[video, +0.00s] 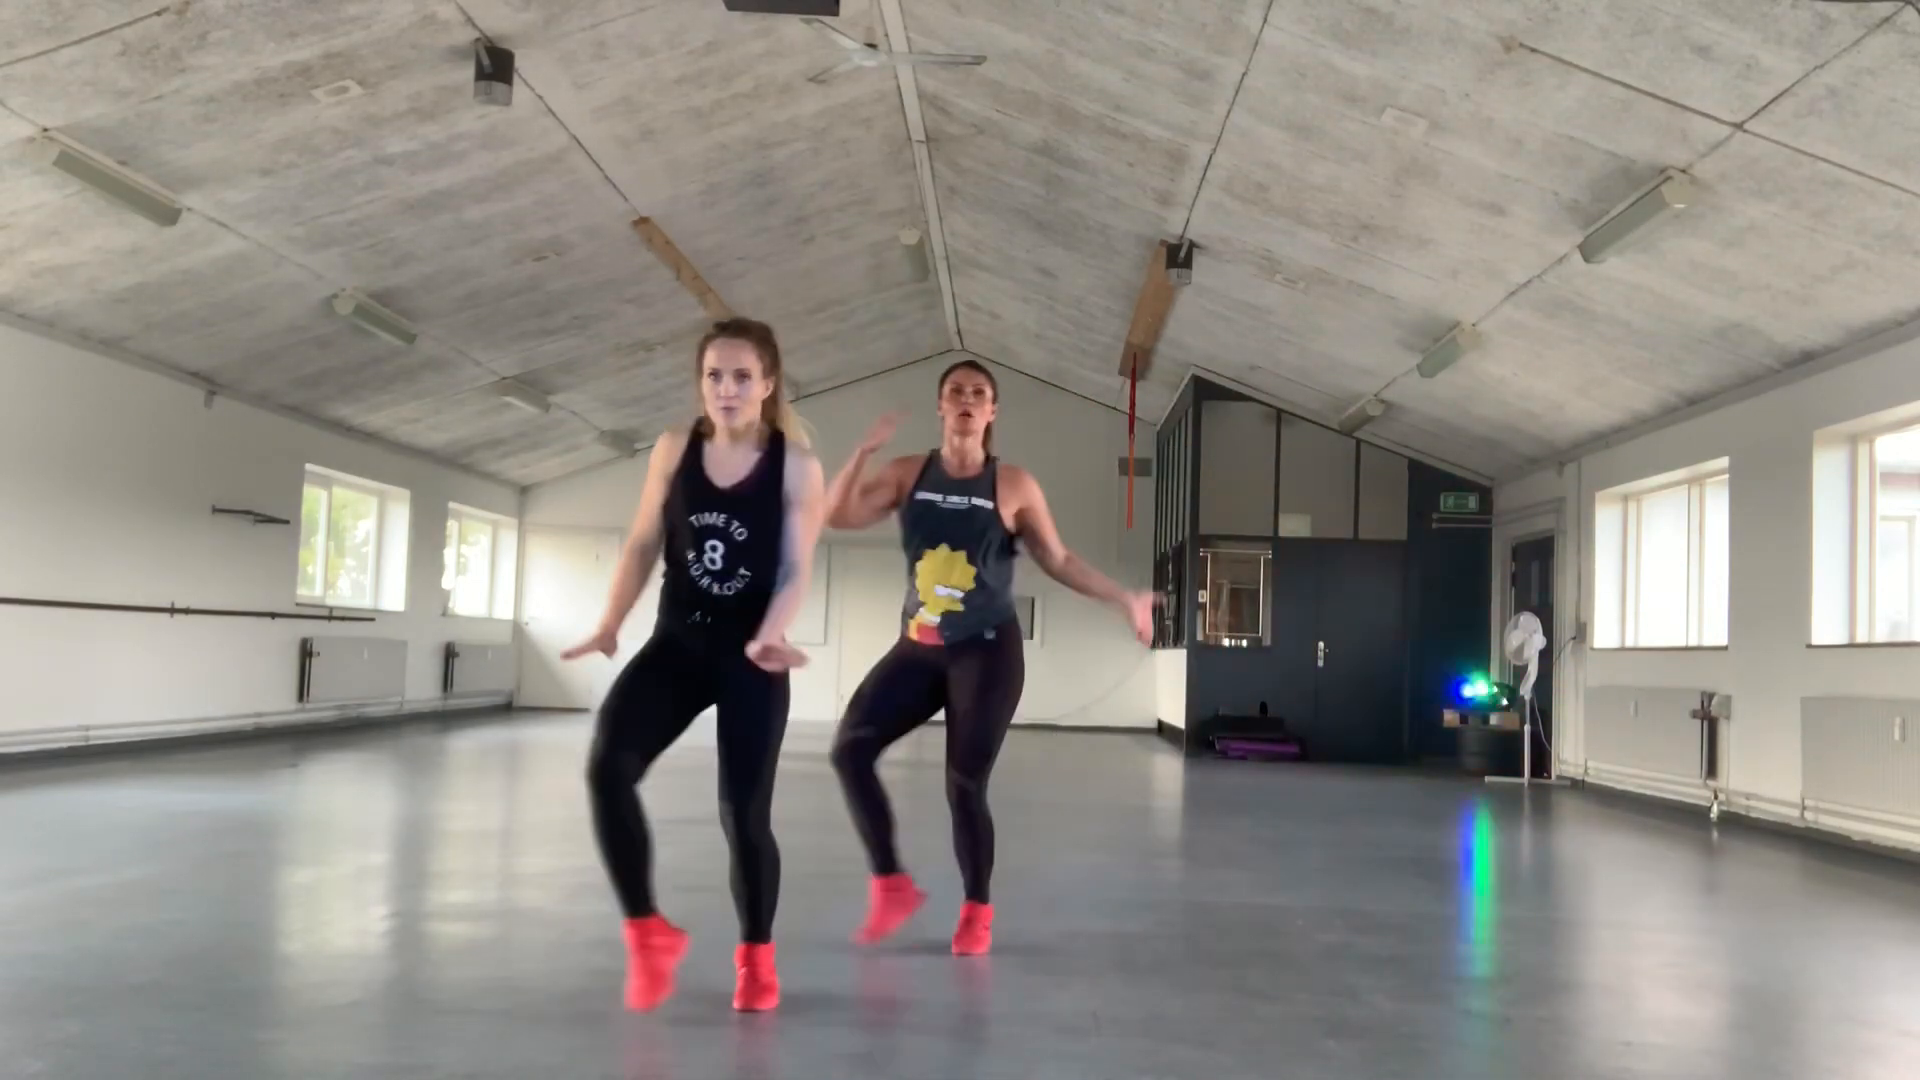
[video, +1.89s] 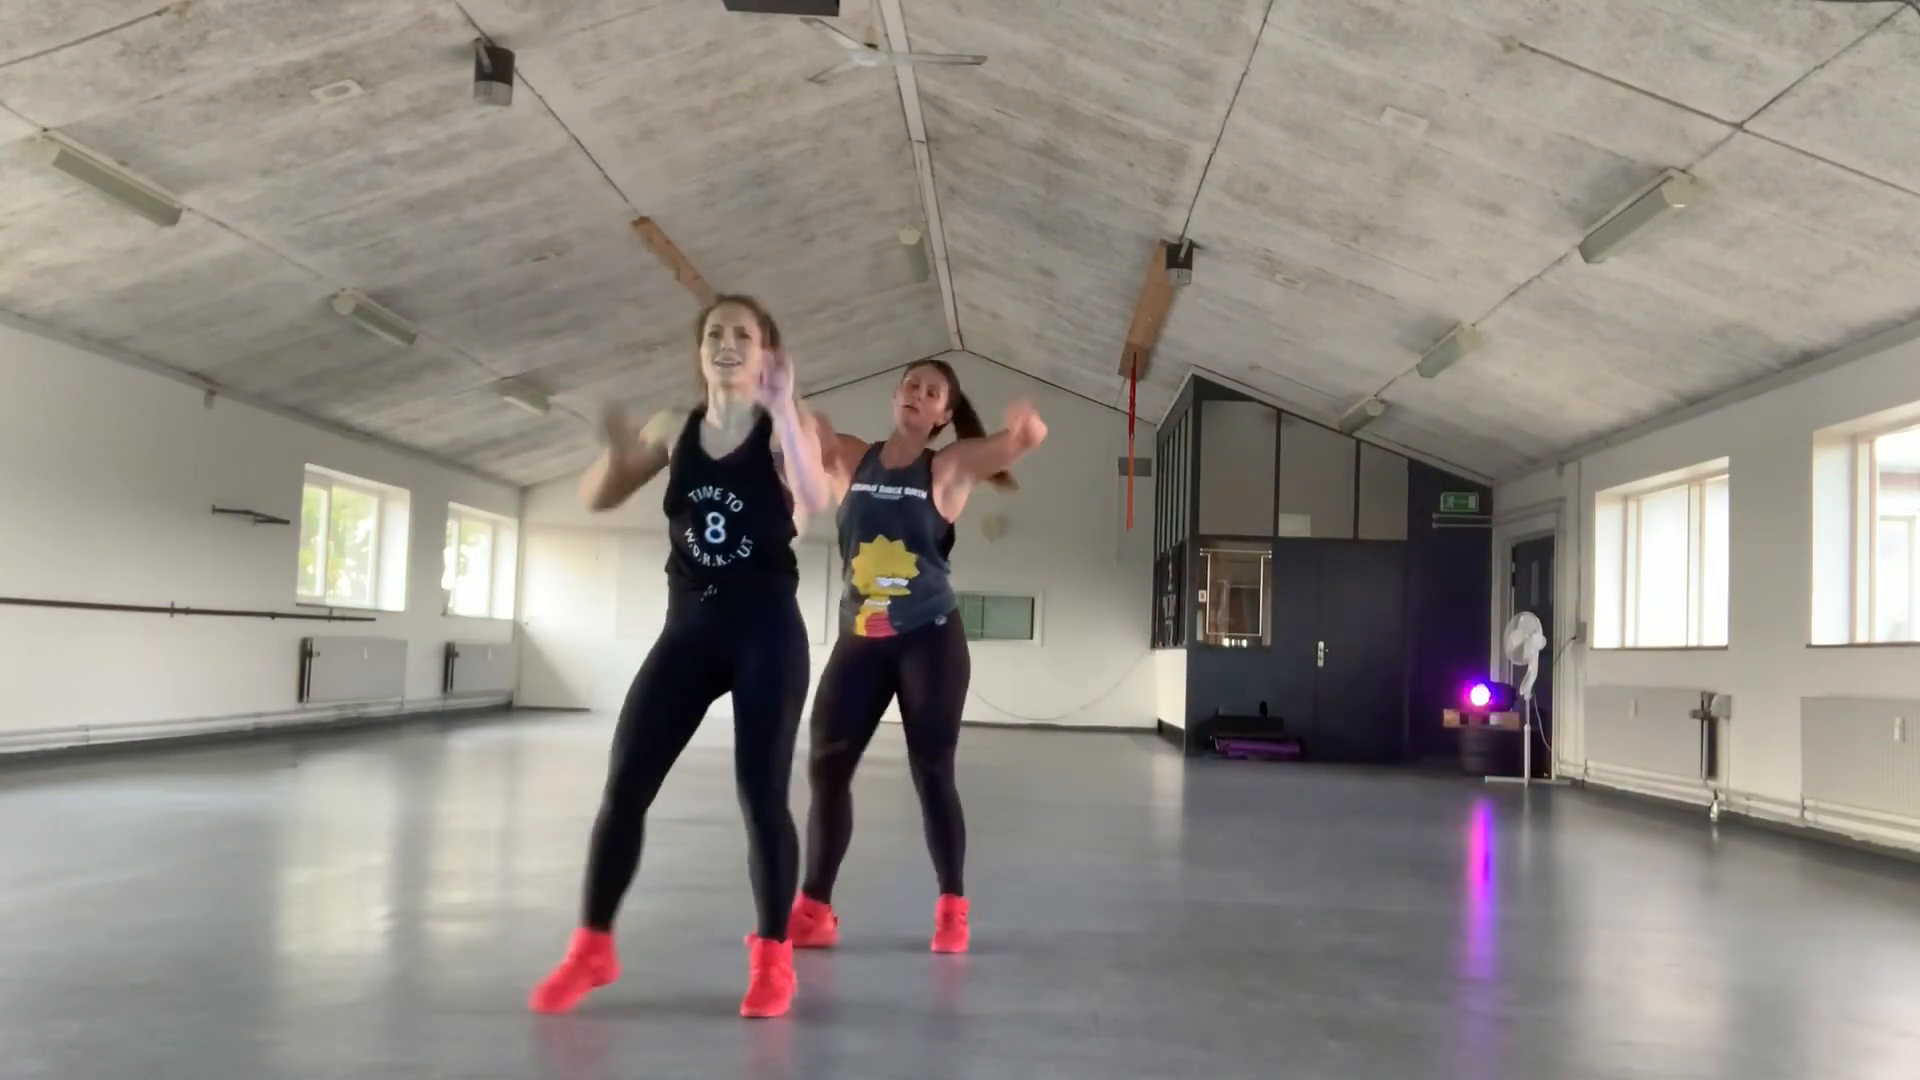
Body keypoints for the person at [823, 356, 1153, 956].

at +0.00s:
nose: (966, 402)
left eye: (977, 394)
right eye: (956, 393)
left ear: (994, 410)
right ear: (939, 406)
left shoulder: (1014, 486)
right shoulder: (907, 474)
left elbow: (1059, 561)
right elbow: (839, 515)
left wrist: (1126, 598)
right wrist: (860, 454)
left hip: (986, 650)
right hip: (920, 649)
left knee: (965, 783)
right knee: (850, 751)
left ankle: (976, 907)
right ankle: (891, 884)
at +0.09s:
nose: (946, 402)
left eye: (957, 395)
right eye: (936, 393)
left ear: (970, 412)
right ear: (916, 405)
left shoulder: (983, 489)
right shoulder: (874, 465)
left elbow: (1034, 556)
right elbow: (783, 458)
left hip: (972, 645)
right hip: (900, 648)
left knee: (966, 775)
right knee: (833, 754)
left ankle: (982, 905)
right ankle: (808, 891)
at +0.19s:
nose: (920, 404)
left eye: (931, 397)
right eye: (911, 395)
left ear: (948, 413)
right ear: (893, 408)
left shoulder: (960, 487)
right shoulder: (856, 458)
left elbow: (1044, 501)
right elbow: (781, 424)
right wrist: (720, 405)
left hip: (940, 650)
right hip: (865, 651)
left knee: (958, 781)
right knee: (829, 783)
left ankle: (974, 905)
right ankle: (773, 904)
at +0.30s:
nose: (900, 408)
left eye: (912, 400)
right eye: (891, 399)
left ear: (930, 416)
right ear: (875, 412)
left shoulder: (946, 477)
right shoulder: (842, 461)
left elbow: (1012, 435)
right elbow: (774, 416)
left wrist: (973, 378)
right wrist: (746, 360)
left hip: (905, 656)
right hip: (833, 650)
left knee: (956, 772)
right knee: (809, 781)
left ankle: (955, 913)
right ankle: (764, 906)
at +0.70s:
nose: (872, 407)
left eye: (885, 400)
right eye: (862, 399)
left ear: (902, 414)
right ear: (849, 413)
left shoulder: (922, 465)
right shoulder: (826, 473)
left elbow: (974, 390)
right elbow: (800, 384)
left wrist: (939, 324)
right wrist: (833, 313)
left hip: (912, 647)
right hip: (845, 654)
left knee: (921, 780)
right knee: (778, 751)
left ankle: (956, 905)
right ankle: (775, 903)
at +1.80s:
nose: (905, 406)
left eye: (921, 406)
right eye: (904, 395)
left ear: (934, 431)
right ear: (887, 405)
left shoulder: (940, 482)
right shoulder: (838, 466)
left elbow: (1014, 438)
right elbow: (774, 429)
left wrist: (1025, 362)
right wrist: (836, 410)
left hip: (921, 643)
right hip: (853, 647)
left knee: (927, 774)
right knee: (798, 766)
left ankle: (957, 905)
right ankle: (811, 907)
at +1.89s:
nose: (917, 395)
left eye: (931, 392)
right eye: (911, 385)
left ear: (944, 415)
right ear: (893, 396)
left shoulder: (951, 466)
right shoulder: (853, 456)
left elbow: (1011, 445)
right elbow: (800, 426)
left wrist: (1023, 426)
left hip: (929, 640)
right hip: (859, 641)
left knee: (932, 771)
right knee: (827, 768)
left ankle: (951, 903)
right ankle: (813, 905)